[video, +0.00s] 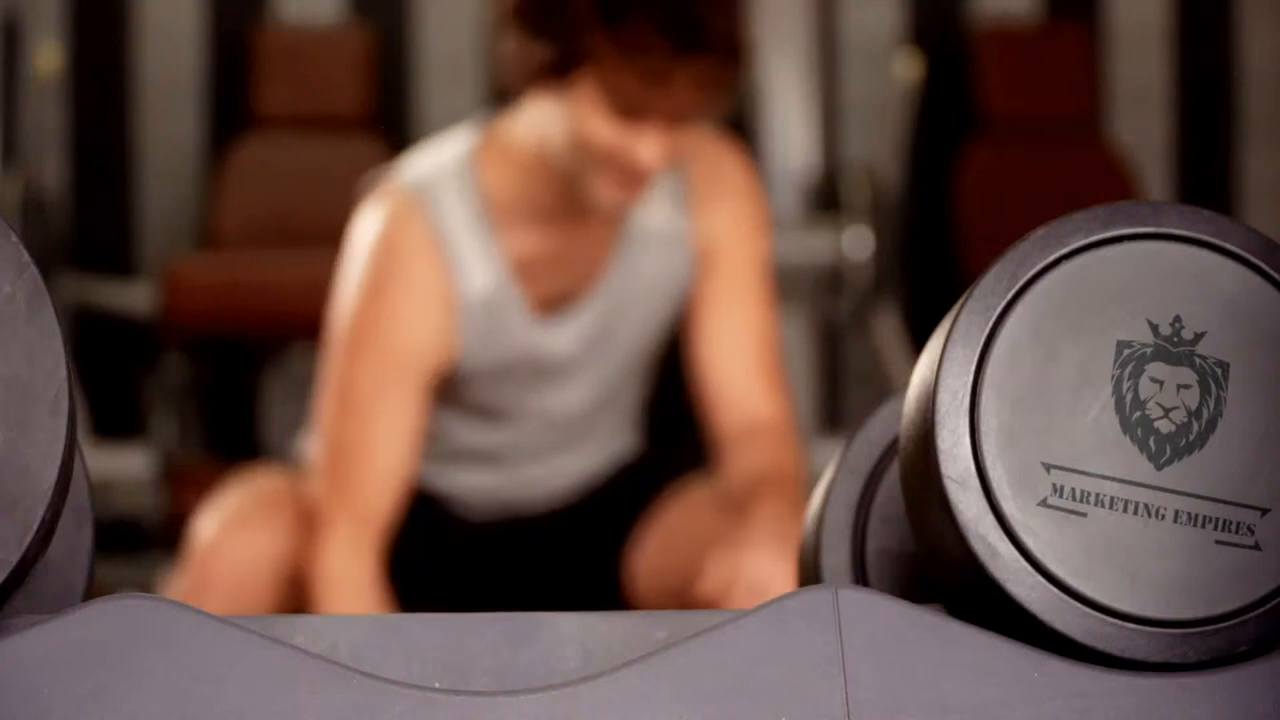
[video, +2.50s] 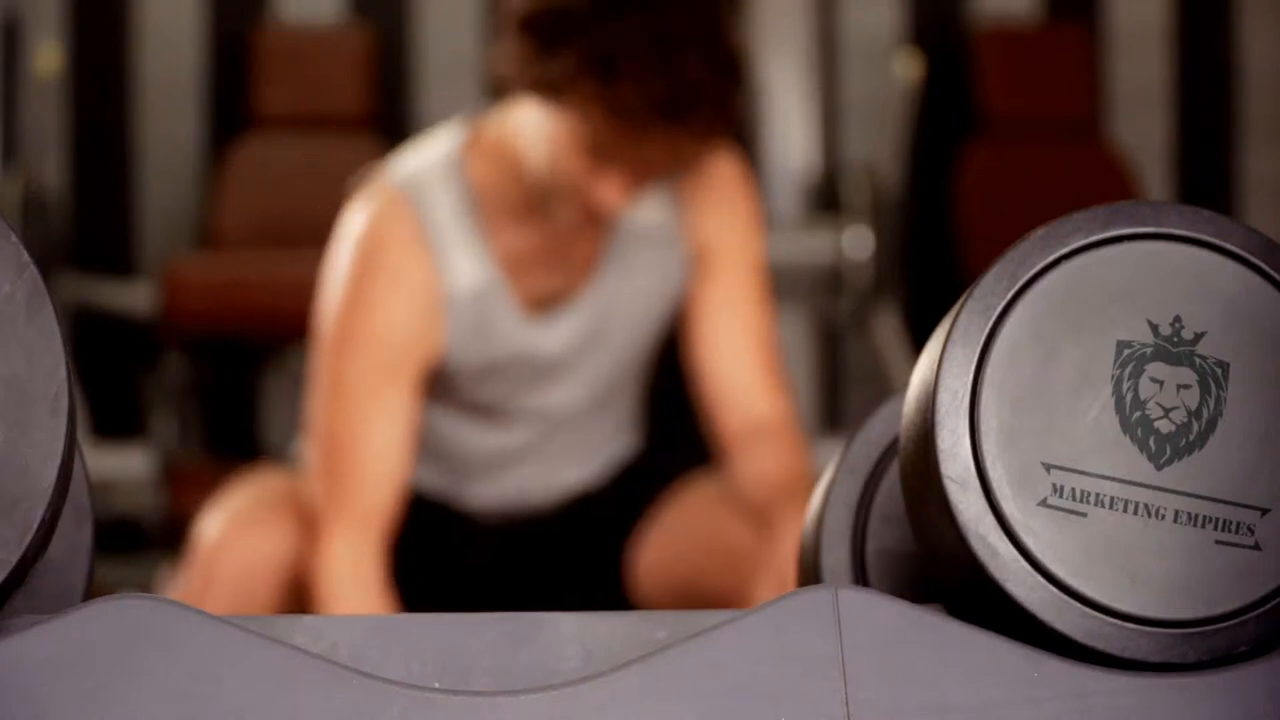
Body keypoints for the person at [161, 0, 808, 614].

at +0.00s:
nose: (651, 154)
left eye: (678, 121)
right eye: (626, 113)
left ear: (704, 107)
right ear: (547, 74)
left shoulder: (710, 182)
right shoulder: (414, 224)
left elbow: (756, 437)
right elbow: (347, 542)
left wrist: (765, 553)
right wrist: (394, 708)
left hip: (600, 523)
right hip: (417, 530)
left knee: (766, 549)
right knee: (243, 530)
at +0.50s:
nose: (632, 219)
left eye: (662, 190)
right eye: (610, 182)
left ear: (694, 160)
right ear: (548, 117)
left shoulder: (701, 185)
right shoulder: (408, 249)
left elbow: (753, 436)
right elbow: (336, 565)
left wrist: (765, 566)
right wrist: (345, 719)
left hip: (601, 524)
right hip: (416, 534)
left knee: (770, 533)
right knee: (229, 528)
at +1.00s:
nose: (622, 199)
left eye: (655, 175)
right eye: (606, 161)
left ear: (695, 146)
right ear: (553, 90)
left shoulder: (705, 175)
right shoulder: (402, 211)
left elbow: (753, 428)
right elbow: (340, 502)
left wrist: (779, 571)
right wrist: (449, 640)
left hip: (602, 515)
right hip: (417, 524)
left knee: (789, 539)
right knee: (245, 524)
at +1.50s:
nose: (588, 201)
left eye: (615, 174)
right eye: (573, 164)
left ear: (652, 137)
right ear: (509, 98)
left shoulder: (671, 173)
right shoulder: (328, 212)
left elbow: (747, 423)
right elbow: (340, 499)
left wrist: (790, 586)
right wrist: (489, 465)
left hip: (600, 522)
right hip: (400, 527)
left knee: (778, 540)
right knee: (235, 532)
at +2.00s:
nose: (591, 182)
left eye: (621, 156)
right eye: (573, 145)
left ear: (658, 121)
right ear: (514, 84)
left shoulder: (681, 170)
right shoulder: (350, 210)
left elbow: (749, 425)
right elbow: (343, 503)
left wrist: (797, 544)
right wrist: (498, 494)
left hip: (595, 534)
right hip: (399, 538)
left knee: (797, 534)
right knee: (242, 523)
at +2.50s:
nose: (618, 200)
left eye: (652, 171)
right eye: (599, 158)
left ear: (690, 139)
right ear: (539, 94)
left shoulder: (704, 179)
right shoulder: (397, 227)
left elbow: (758, 432)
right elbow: (350, 544)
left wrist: (813, 565)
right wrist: (398, 711)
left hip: (602, 522)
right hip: (417, 531)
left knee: (799, 541)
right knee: (244, 534)